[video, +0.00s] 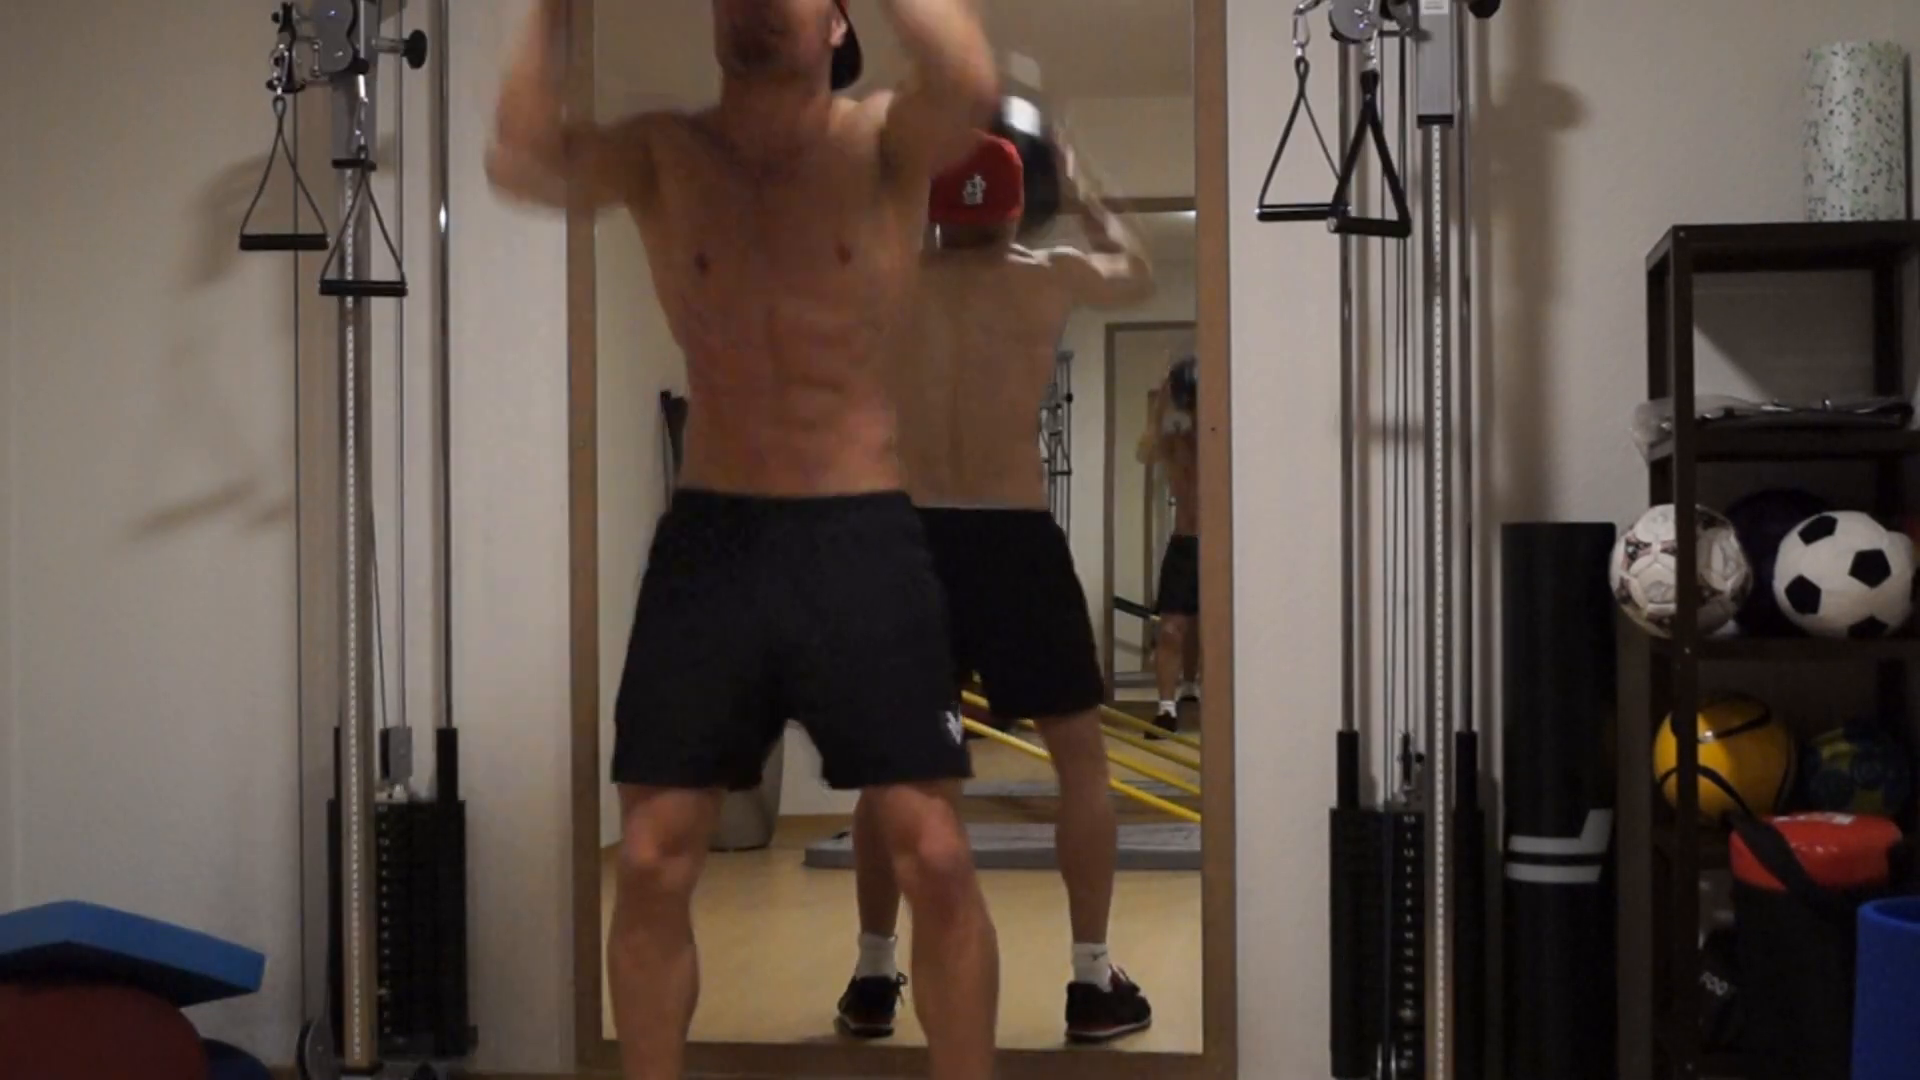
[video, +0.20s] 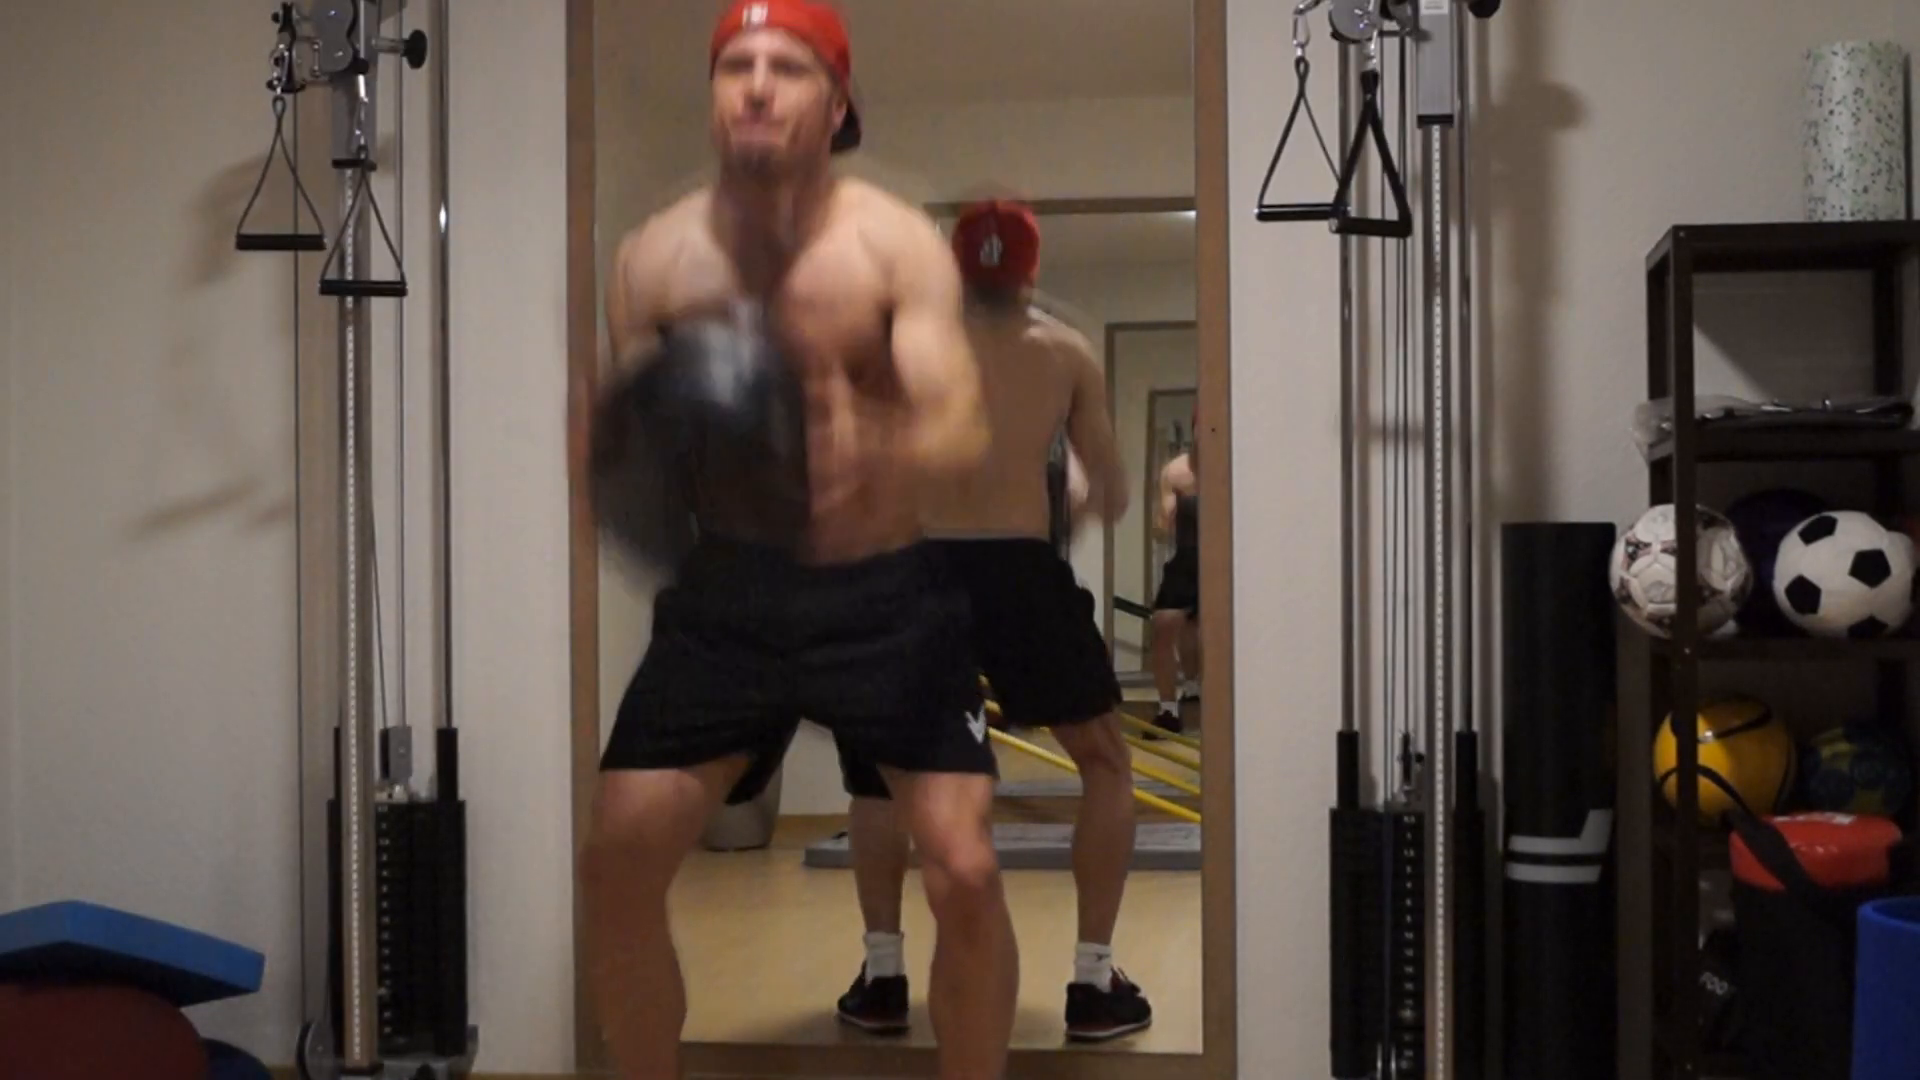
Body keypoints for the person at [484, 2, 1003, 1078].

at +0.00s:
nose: (753, 6)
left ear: (836, 24)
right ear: (713, 19)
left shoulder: (883, 142)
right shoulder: (661, 149)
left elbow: (967, 81)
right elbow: (521, 157)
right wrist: (557, 5)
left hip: (865, 537)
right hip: (711, 538)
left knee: (935, 858)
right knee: (651, 862)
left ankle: (962, 1070)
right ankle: (652, 1076)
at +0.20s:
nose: (758, 88)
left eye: (786, 70)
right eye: (738, 67)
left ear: (836, 105)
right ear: (709, 95)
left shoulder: (901, 244)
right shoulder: (654, 256)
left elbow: (963, 444)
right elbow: (612, 453)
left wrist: (877, 449)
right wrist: (665, 431)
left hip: (887, 598)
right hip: (728, 598)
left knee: (965, 876)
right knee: (619, 856)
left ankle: (974, 1071)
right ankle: (645, 1074)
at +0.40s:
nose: (736, 369)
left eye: (766, 339)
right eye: (713, 339)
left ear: (821, 337)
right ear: (688, 336)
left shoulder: (893, 461)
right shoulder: (654, 473)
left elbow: (915, 703)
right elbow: (651, 706)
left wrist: (884, 921)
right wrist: (638, 918)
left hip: (881, 683)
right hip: (741, 684)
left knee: (995, 885)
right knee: (585, 881)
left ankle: (980, 1071)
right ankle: (635, 1069)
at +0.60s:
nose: (742, 624)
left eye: (772, 590)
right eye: (715, 589)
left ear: (826, 566)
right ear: (692, 570)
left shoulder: (904, 659)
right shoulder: (650, 661)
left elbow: (906, 895)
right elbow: (665, 892)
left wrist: (899, 1070)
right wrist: (662, 1068)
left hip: (885, 776)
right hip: (736, 782)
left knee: (1000, 903)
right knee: (572, 899)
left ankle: (995, 1071)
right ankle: (625, 1070)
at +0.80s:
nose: (743, 510)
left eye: (771, 481)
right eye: (718, 480)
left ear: (827, 469)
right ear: (693, 470)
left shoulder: (908, 570)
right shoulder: (655, 568)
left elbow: (915, 795)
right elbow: (664, 788)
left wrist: (891, 987)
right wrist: (654, 976)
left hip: (889, 719)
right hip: (744, 727)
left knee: (1001, 892)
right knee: (581, 885)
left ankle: (986, 1067)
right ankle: (611, 1068)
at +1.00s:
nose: (755, 189)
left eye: (786, 166)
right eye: (736, 164)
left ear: (839, 193)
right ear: (710, 184)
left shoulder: (907, 332)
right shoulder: (663, 336)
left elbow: (969, 531)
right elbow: (637, 515)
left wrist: (888, 632)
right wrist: (641, 624)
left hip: (900, 614)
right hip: (740, 620)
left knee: (970, 875)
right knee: (631, 872)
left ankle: (976, 1070)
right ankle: (652, 1073)